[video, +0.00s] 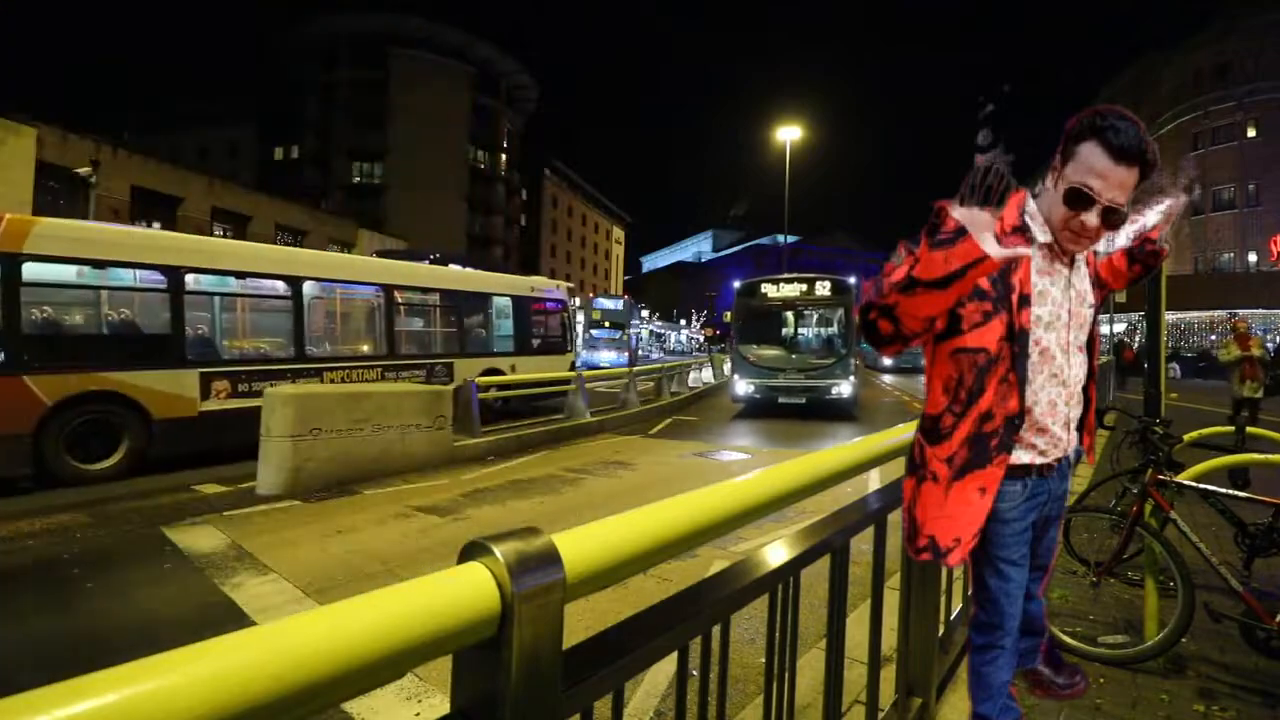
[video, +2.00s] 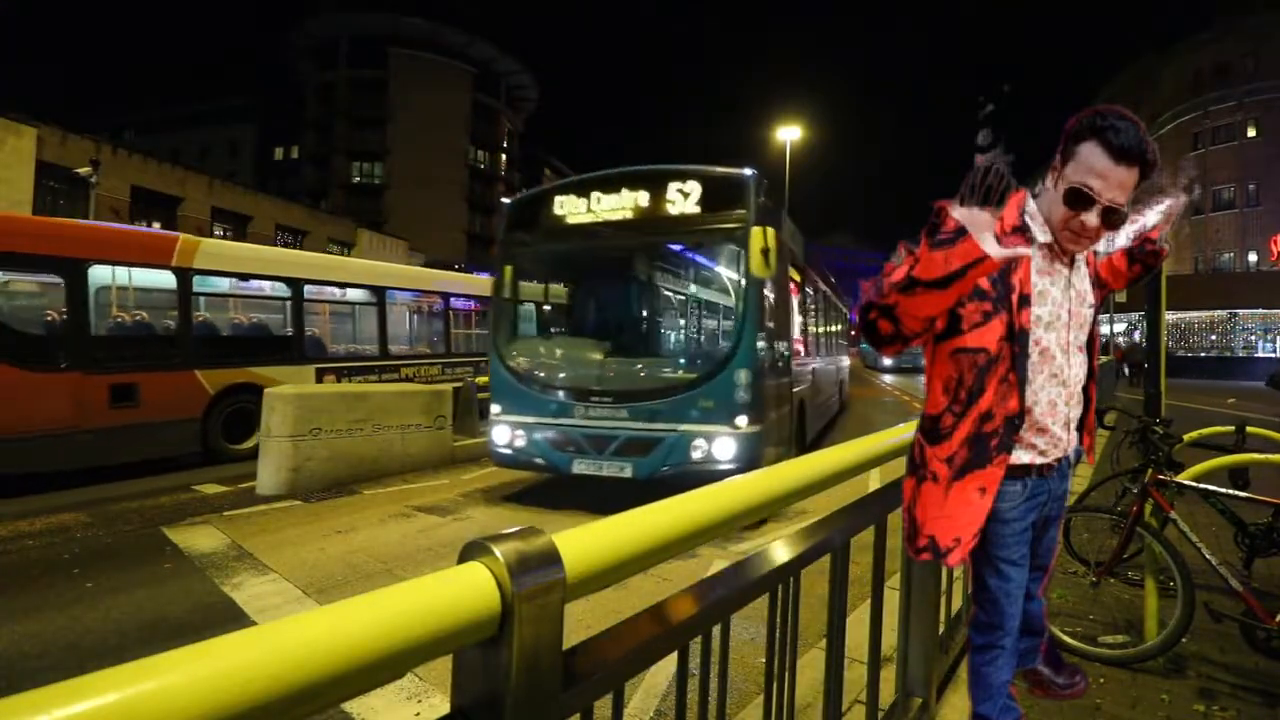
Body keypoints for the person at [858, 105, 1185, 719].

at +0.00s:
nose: (1089, 222)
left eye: (1110, 212)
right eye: (1079, 198)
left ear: (1123, 211)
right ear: (1051, 171)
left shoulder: (1084, 264)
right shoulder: (985, 242)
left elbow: (1112, 272)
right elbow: (882, 328)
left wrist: (1151, 241)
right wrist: (962, 246)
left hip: (1057, 467)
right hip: (1000, 475)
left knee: (1035, 581)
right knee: (1000, 612)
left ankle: (1027, 659)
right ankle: (993, 709)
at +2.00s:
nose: (1089, 222)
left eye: (1109, 212)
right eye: (1079, 198)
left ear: (1123, 211)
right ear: (1052, 172)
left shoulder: (1084, 265)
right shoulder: (985, 242)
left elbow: (1113, 272)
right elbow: (882, 328)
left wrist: (1152, 240)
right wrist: (962, 246)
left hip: (1057, 467)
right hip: (1000, 475)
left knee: (1034, 581)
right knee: (1000, 611)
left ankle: (1028, 659)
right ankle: (993, 709)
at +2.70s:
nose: (1089, 222)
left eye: (1110, 211)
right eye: (1079, 198)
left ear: (1123, 211)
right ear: (1052, 172)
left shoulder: (1085, 265)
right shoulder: (985, 242)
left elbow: (1116, 270)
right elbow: (883, 327)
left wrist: (1153, 240)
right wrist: (962, 245)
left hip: (1057, 467)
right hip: (1000, 475)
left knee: (1034, 582)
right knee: (1000, 610)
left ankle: (1027, 659)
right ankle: (993, 709)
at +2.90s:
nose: (1089, 222)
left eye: (1109, 212)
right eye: (1079, 198)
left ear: (1123, 211)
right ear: (1052, 172)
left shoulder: (1084, 265)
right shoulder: (985, 243)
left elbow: (1114, 271)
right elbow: (882, 328)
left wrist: (1153, 239)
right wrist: (962, 245)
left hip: (1057, 467)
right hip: (1000, 476)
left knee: (1034, 582)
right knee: (999, 611)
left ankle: (1028, 659)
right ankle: (993, 709)